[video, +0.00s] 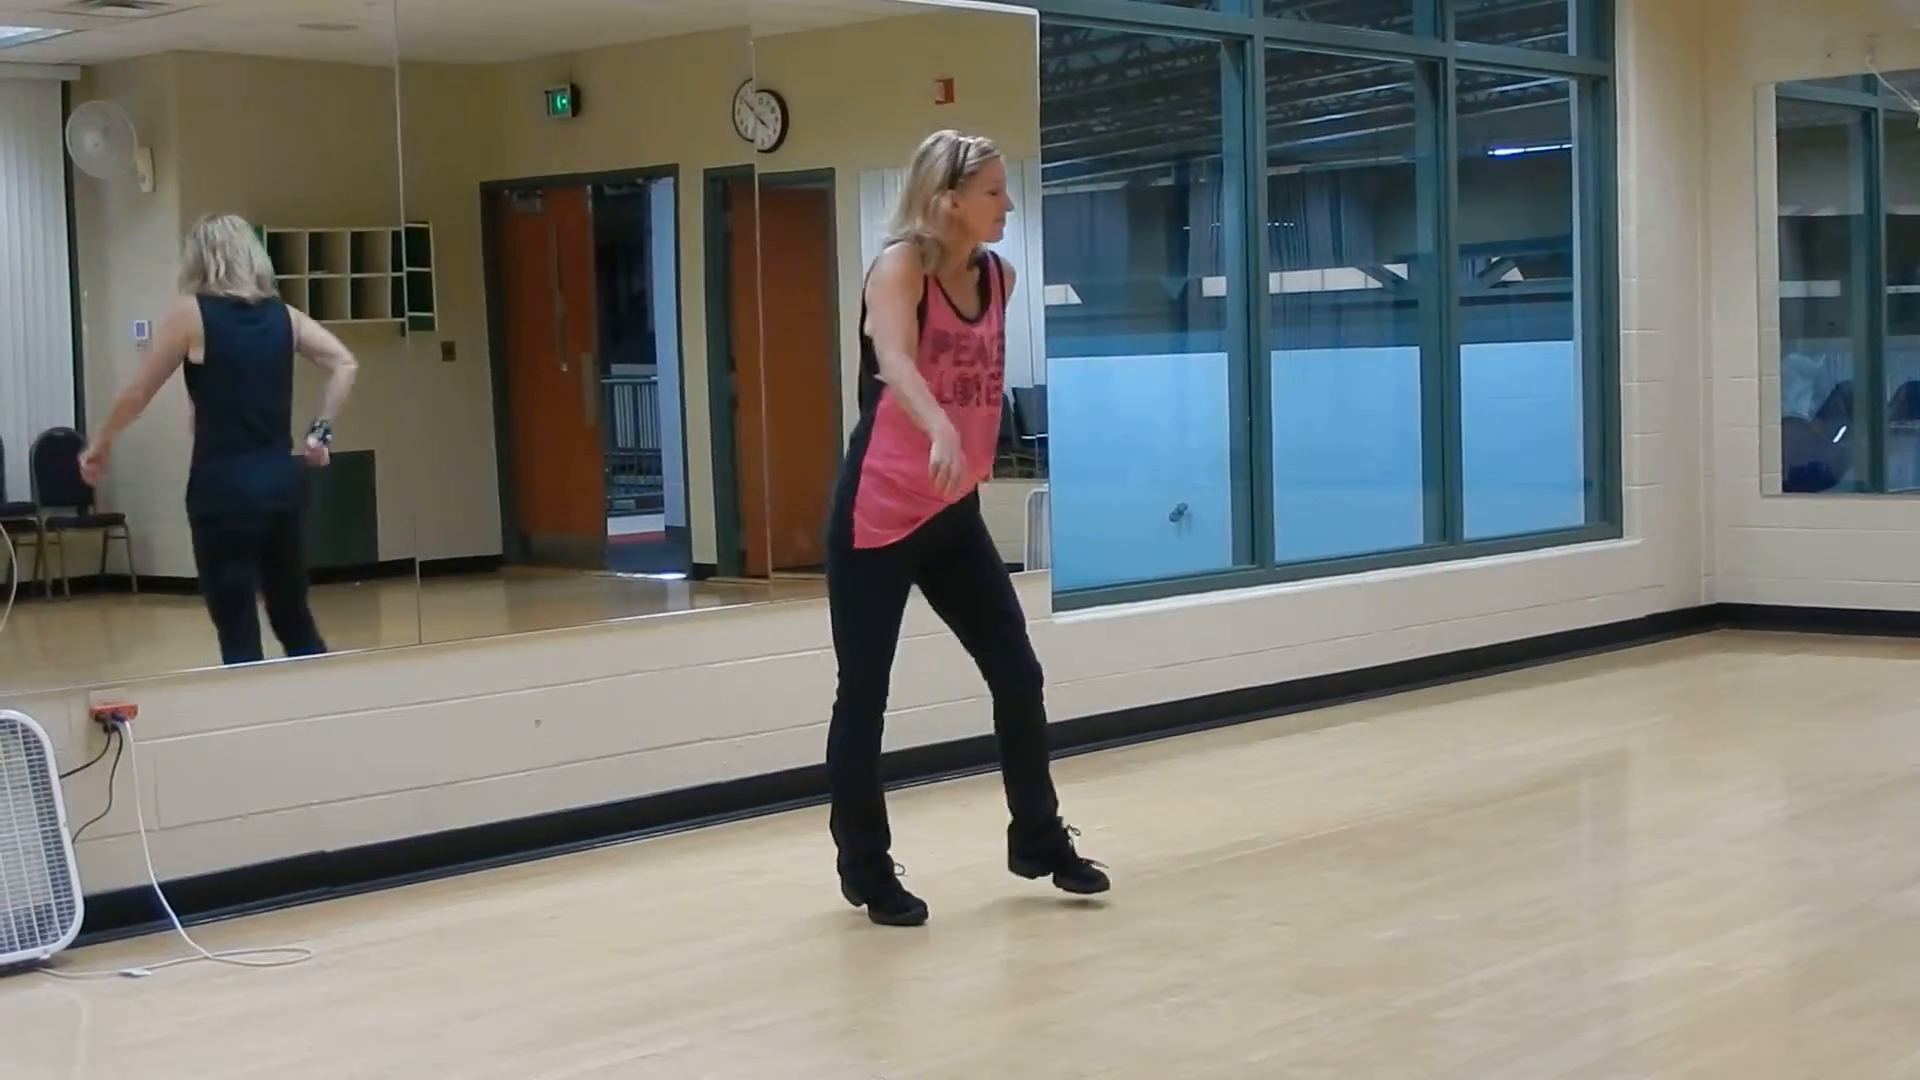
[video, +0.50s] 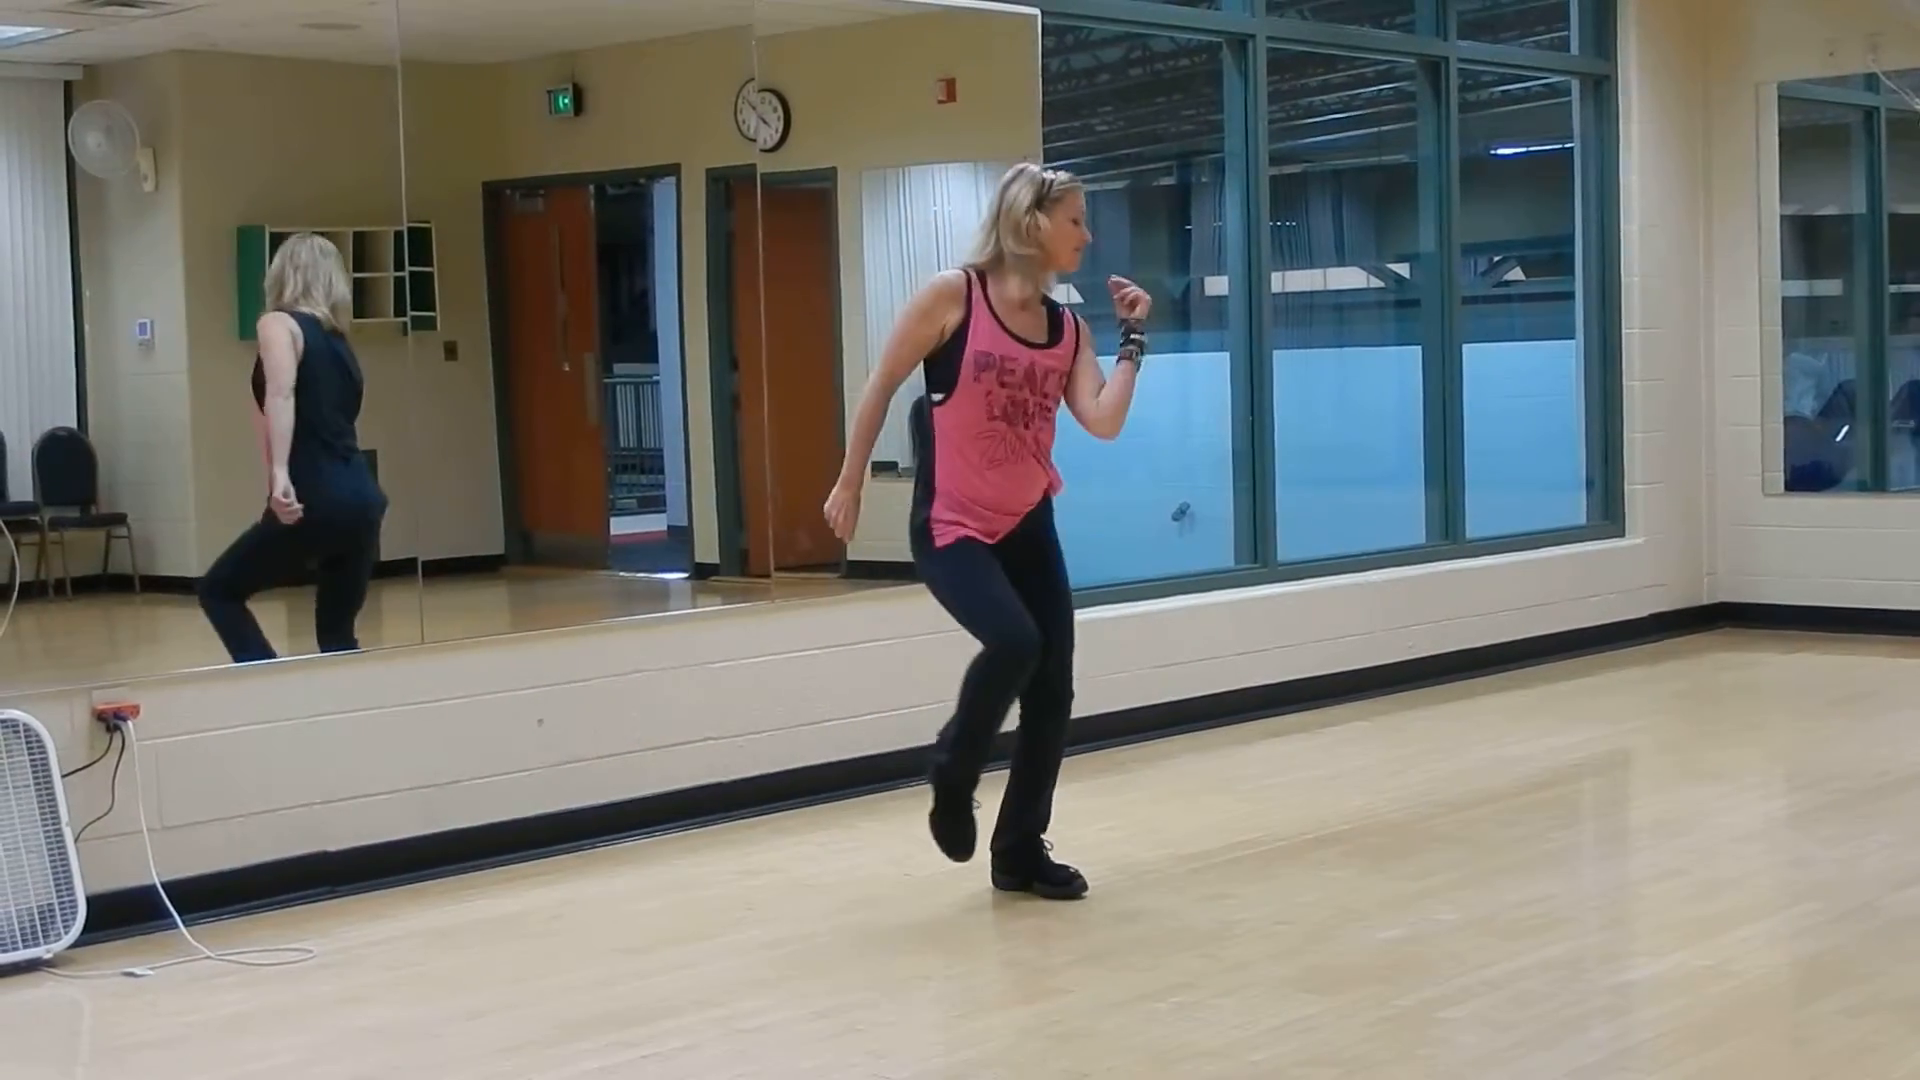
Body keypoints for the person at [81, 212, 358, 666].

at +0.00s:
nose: (189, 263)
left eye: (192, 255)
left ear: (198, 259)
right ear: (253, 258)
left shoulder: (191, 313)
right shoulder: (282, 314)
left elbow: (140, 391)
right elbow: (343, 362)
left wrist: (101, 442)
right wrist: (322, 429)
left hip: (221, 489)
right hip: (282, 482)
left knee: (237, 632)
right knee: (292, 617)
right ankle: (339, 717)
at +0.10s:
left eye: (212, 259)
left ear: (216, 264)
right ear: (270, 263)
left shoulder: (205, 321)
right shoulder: (299, 319)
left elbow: (164, 404)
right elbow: (367, 362)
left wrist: (133, 464)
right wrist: (331, 416)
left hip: (233, 490)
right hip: (295, 485)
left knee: (247, 637)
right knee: (313, 620)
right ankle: (365, 716)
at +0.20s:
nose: (225, 269)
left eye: (229, 260)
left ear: (234, 267)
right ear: (290, 265)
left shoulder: (226, 326)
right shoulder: (315, 325)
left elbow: (201, 407)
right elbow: (374, 375)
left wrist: (178, 480)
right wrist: (327, 395)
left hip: (252, 494)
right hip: (311, 490)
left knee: (248, 635)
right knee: (329, 623)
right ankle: (362, 727)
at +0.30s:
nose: (243, 269)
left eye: (247, 261)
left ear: (255, 266)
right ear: (307, 267)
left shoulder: (248, 322)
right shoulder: (328, 328)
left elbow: (235, 405)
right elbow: (367, 403)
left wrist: (224, 481)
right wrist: (324, 385)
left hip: (278, 493)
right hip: (338, 489)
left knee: (223, 621)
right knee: (341, 626)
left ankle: (255, 726)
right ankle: (369, 726)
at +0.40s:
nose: (257, 272)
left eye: (262, 264)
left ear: (271, 270)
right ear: (322, 274)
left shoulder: (264, 321)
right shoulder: (336, 334)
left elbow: (263, 392)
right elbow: (338, 417)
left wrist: (257, 469)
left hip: (300, 494)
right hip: (354, 493)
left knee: (211, 599)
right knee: (343, 628)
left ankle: (255, 708)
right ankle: (365, 725)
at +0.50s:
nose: (272, 278)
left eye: (277, 270)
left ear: (282, 275)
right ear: (335, 281)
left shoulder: (277, 324)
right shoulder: (338, 339)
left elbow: (281, 395)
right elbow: (336, 424)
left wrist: (280, 472)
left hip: (314, 502)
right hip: (363, 502)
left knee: (217, 592)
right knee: (336, 632)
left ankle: (274, 694)